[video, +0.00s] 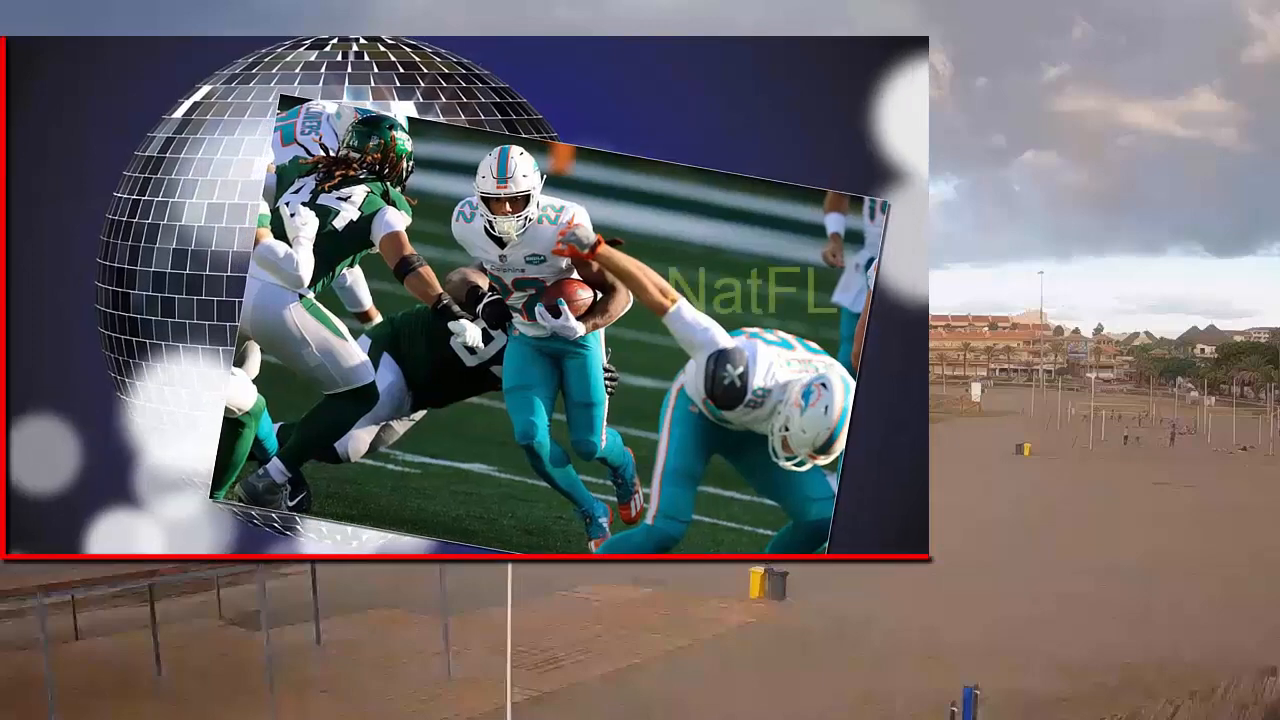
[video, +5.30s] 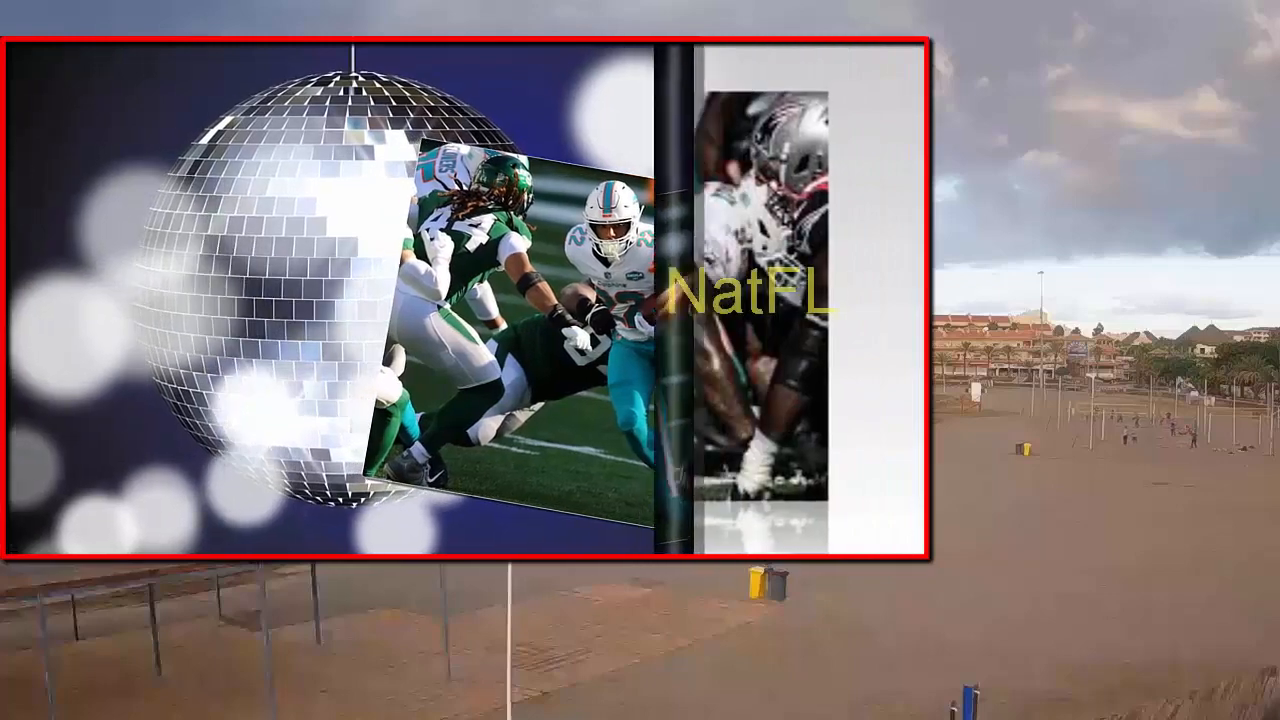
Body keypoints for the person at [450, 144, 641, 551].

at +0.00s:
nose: (504, 210)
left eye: (514, 200)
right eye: (495, 201)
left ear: (533, 194)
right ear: (482, 196)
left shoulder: (567, 224)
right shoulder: (466, 221)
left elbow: (622, 291)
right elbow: (493, 267)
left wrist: (585, 326)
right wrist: (493, 300)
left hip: (580, 340)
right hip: (525, 339)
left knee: (587, 445)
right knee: (530, 438)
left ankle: (624, 470)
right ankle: (593, 513)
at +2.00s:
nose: (544, 219)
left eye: (553, 210)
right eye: (535, 211)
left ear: (571, 204)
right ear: (523, 206)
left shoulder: (602, 232)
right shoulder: (508, 231)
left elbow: (655, 296)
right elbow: (534, 273)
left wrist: (619, 329)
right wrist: (539, 304)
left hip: (614, 340)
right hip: (564, 339)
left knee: (622, 439)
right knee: (568, 432)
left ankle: (657, 467)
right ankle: (628, 504)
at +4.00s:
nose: (583, 228)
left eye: (592, 220)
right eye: (575, 221)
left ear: (608, 214)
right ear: (563, 216)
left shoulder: (639, 240)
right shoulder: (550, 239)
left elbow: (687, 301)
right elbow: (575, 279)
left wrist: (653, 331)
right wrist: (582, 308)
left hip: (649, 342)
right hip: (602, 341)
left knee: (656, 434)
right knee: (606, 427)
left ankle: (689, 460)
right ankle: (661, 494)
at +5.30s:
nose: (610, 235)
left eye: (618, 227)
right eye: (602, 228)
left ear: (633, 221)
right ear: (590, 223)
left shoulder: (655, 245)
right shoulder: (577, 244)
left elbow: (682, 281)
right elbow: (599, 280)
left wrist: (651, 309)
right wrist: (595, 308)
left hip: (668, 341)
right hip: (627, 342)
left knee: (674, 426)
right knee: (630, 421)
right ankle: (675, 477)